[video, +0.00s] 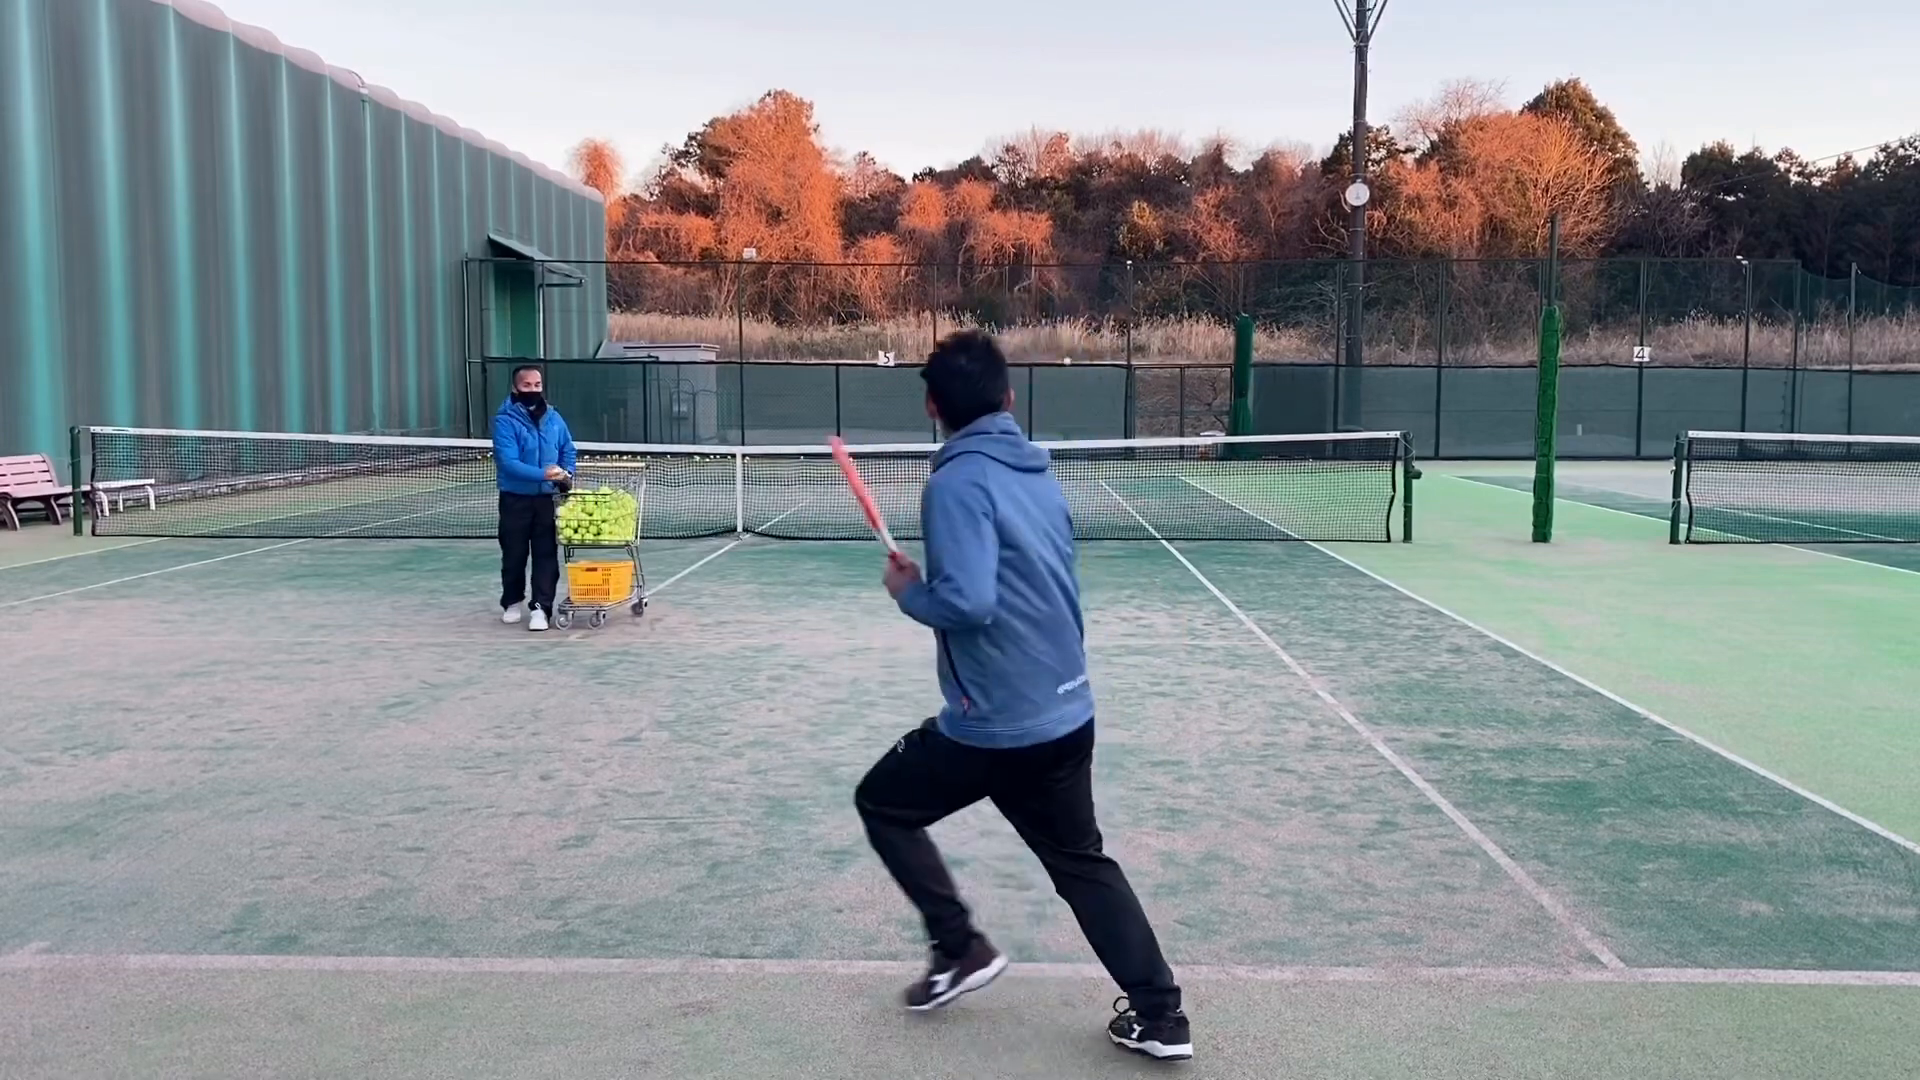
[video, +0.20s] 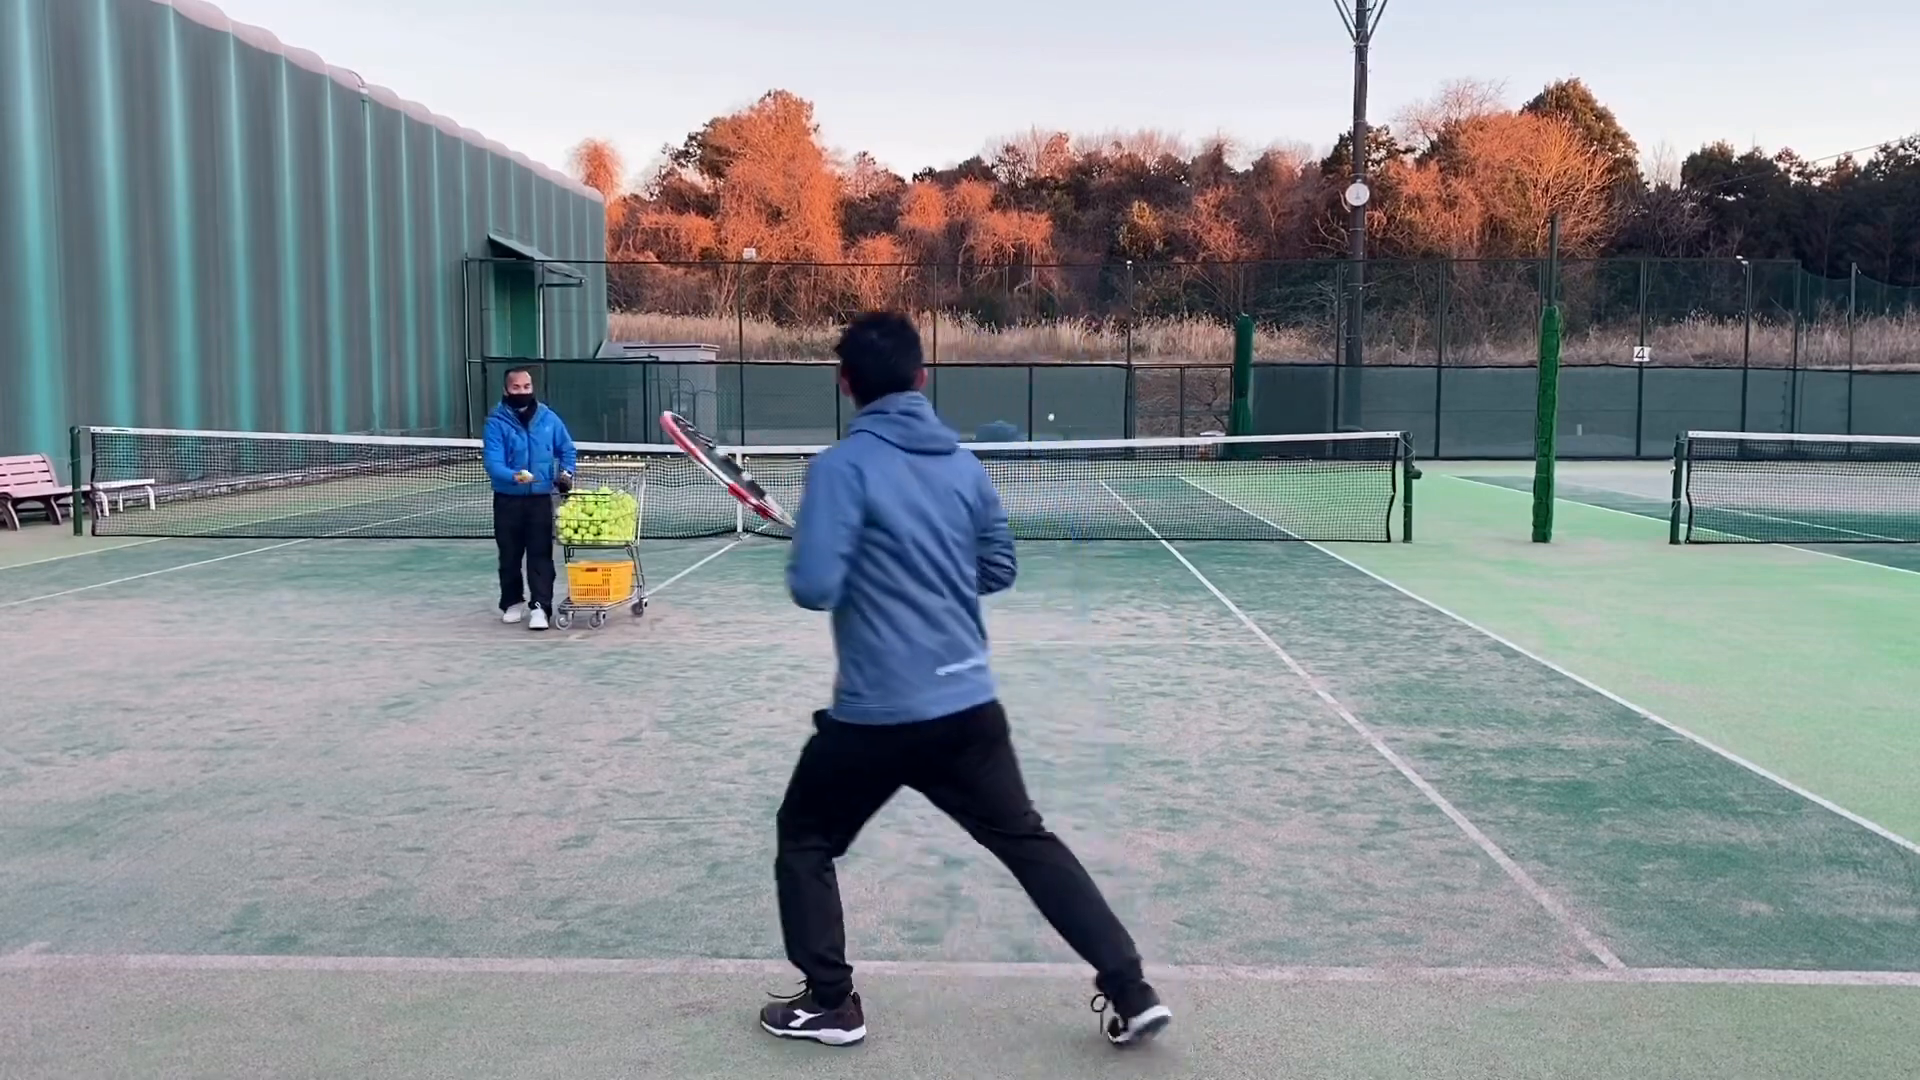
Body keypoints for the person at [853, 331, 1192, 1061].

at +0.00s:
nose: (926, 403)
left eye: (927, 394)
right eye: (928, 392)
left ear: (935, 404)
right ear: (1006, 395)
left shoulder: (957, 482)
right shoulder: (1034, 469)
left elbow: (968, 601)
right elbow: (1047, 579)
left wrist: (909, 591)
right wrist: (953, 571)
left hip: (998, 725)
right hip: (1063, 711)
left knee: (884, 803)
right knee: (1081, 863)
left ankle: (960, 948)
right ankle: (1161, 1015)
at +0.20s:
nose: (841, 382)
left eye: (840, 373)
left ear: (847, 382)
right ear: (923, 377)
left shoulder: (842, 466)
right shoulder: (961, 462)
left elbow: (816, 586)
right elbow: (998, 568)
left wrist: (811, 544)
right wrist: (917, 563)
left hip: (876, 715)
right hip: (968, 705)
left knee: (804, 839)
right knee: (1024, 839)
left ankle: (829, 1002)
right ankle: (1130, 989)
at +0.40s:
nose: (762, 329)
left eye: (763, 319)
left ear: (765, 323)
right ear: (839, 317)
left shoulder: (739, 406)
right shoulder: (885, 411)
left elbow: (687, 515)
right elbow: (919, 524)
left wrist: (749, 503)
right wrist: (846, 525)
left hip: (775, 658)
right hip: (868, 654)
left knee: (786, 822)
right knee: (877, 813)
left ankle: (813, 989)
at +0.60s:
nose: (689, 365)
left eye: (687, 354)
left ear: (693, 361)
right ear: (771, 358)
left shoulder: (661, 451)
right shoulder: (811, 457)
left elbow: (602, 563)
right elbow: (848, 572)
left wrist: (666, 552)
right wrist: (769, 575)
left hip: (678, 708)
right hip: (783, 708)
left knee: (624, 843)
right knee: (797, 856)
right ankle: (810, 1027)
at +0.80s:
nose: (657, 385)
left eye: (579, 376)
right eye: (655, 375)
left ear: (578, 383)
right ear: (656, 382)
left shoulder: (526, 471)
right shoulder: (683, 484)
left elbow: (482, 581)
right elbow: (720, 604)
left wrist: (537, 554)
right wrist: (641, 593)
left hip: (544, 732)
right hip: (656, 732)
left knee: (475, 865)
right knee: (725, 862)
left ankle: (419, 1035)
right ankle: (801, 1017)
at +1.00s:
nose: (579, 324)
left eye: (483, 315)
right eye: (577, 314)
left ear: (488, 322)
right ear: (571, 323)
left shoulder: (440, 407)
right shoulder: (606, 426)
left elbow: (392, 510)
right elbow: (632, 547)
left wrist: (470, 507)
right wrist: (557, 531)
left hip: (466, 678)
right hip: (568, 680)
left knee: (438, 840)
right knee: (603, 840)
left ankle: (407, 1010)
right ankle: (612, 1014)